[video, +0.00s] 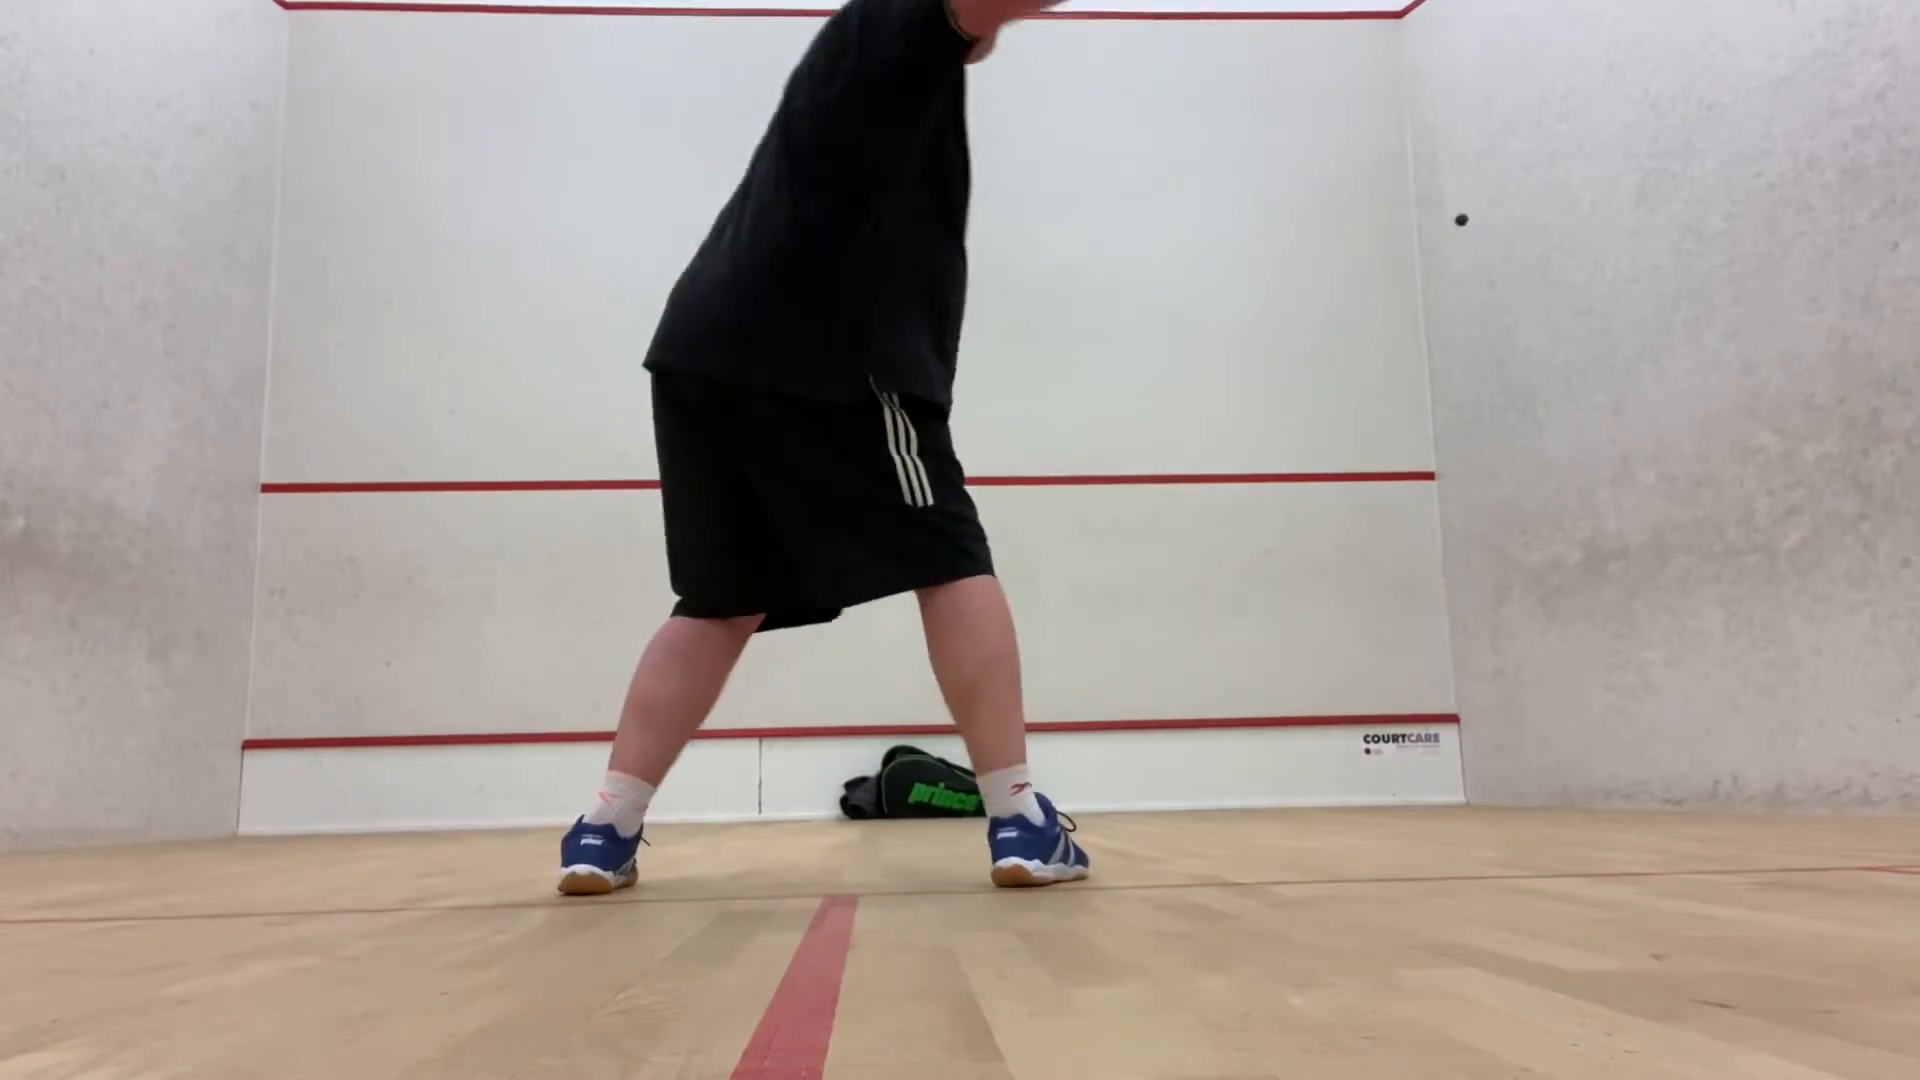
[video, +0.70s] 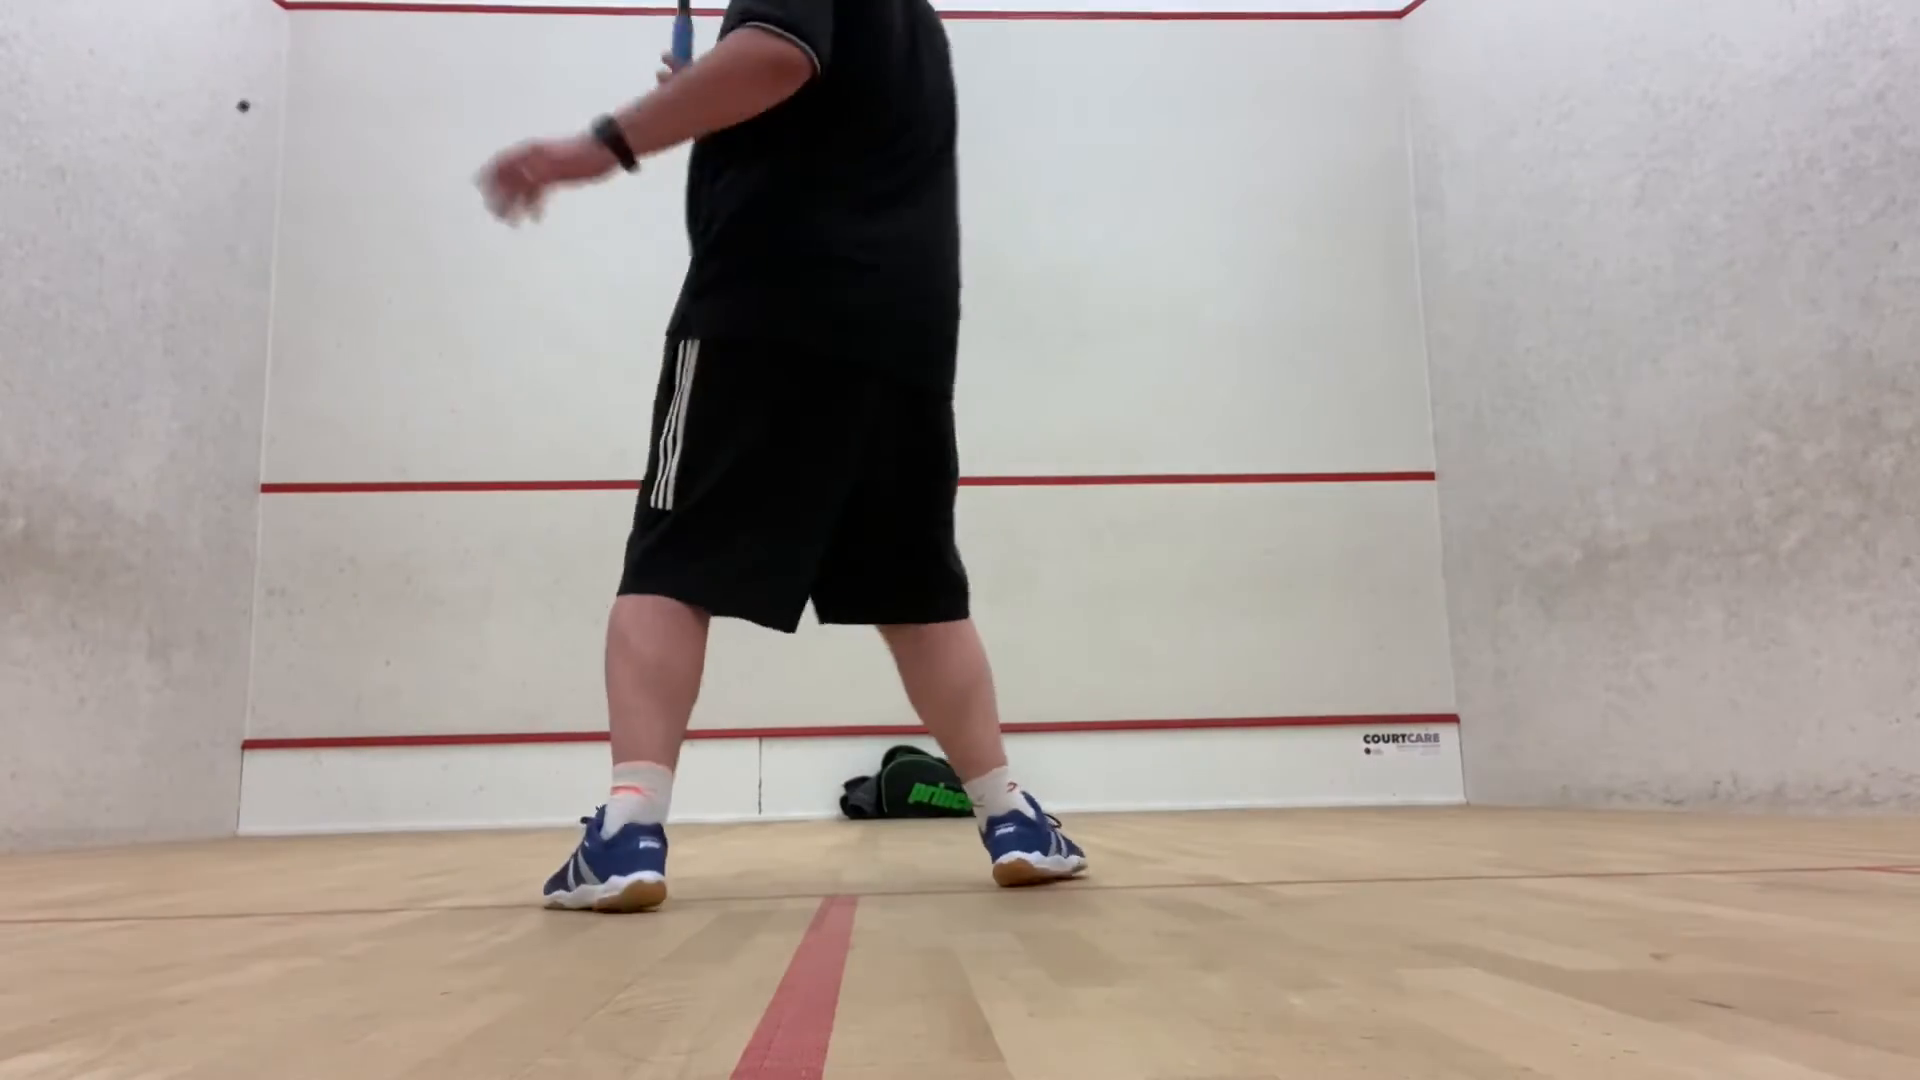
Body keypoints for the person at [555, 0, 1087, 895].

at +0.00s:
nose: (1014, 22)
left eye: (1023, 11)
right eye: (1017, 5)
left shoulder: (846, 42)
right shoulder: (912, 40)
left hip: (703, 347)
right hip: (841, 353)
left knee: (720, 596)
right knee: (952, 564)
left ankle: (606, 827)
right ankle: (1019, 820)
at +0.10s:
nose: (1063, 21)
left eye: (1062, 8)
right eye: (1059, 5)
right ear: (1031, 1)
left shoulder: (878, 64)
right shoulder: (981, 59)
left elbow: (763, 139)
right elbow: (1096, 120)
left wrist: (665, 217)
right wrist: (1202, 11)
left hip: (716, 340)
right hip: (867, 358)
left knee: (717, 589)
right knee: (973, 566)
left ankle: (604, 826)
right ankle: (1022, 822)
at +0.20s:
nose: (1090, 33)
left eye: (1093, 16)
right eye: (1091, 15)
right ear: (1063, 11)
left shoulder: (875, 35)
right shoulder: (1052, 121)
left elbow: (742, 104)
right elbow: (1146, 283)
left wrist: (639, 197)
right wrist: (1287, 213)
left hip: (725, 331)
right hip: (880, 352)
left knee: (707, 572)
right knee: (989, 568)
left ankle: (603, 820)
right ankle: (1023, 822)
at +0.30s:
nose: (1091, 19)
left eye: (1091, 9)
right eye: (1091, 8)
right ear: (1065, 7)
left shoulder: (875, 16)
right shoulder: (1065, 104)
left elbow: (738, 84)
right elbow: (1118, 293)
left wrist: (645, 209)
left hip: (749, 329)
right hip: (907, 367)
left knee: (697, 559)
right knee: (968, 586)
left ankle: (612, 796)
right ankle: (1016, 820)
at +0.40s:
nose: (1071, 9)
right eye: (1069, 9)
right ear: (1049, 3)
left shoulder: (857, 5)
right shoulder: (1069, 104)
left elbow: (752, 78)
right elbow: (1054, 289)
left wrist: (668, 218)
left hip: (768, 322)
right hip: (922, 359)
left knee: (698, 541)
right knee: (958, 582)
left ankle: (615, 776)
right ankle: (1015, 820)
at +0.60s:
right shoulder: (980, 41)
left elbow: (787, 44)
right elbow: (956, 231)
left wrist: (690, 184)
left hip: (766, 327)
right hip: (921, 345)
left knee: (683, 544)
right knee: (949, 572)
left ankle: (635, 777)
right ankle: (1015, 818)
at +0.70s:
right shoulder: (914, 22)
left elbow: (775, 52)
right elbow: (870, 124)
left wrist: (600, 145)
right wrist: (719, 93)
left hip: (758, 319)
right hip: (904, 328)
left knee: (672, 561)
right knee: (910, 565)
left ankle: (630, 828)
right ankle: (1010, 815)